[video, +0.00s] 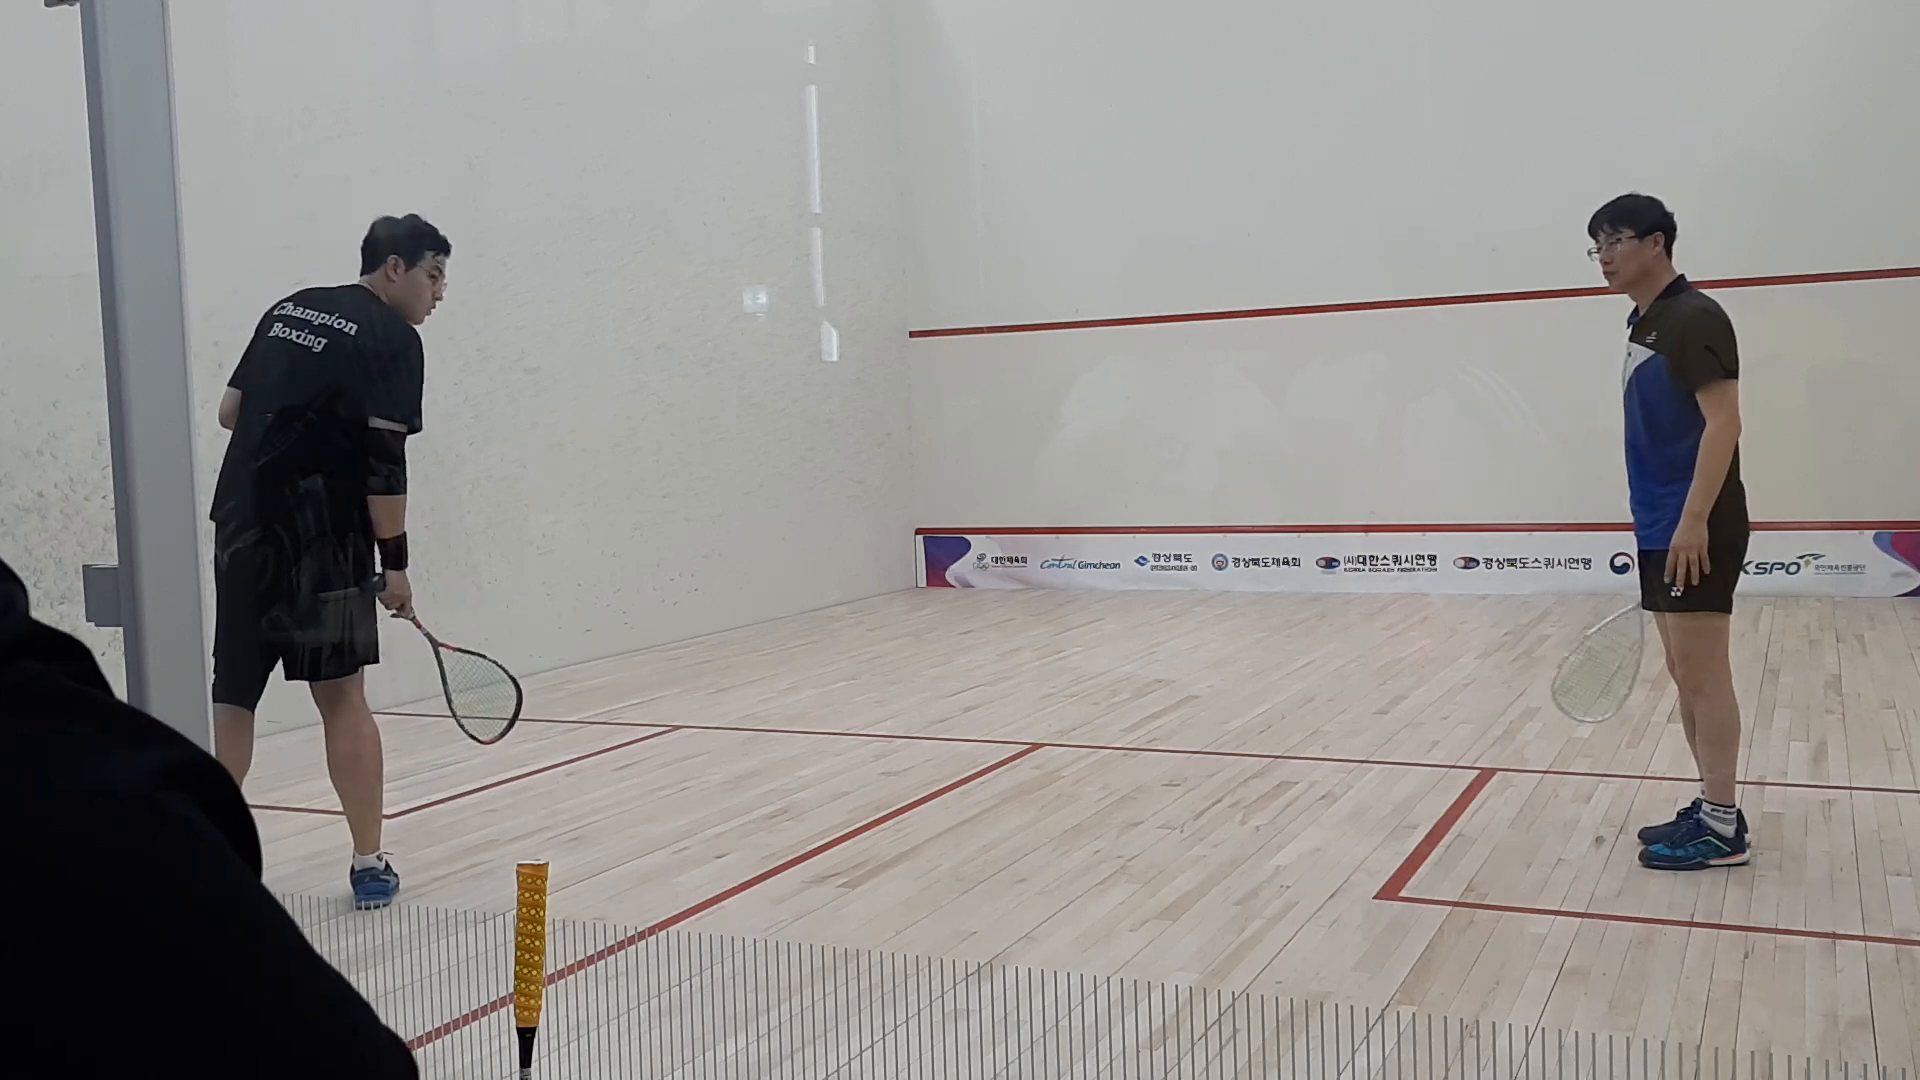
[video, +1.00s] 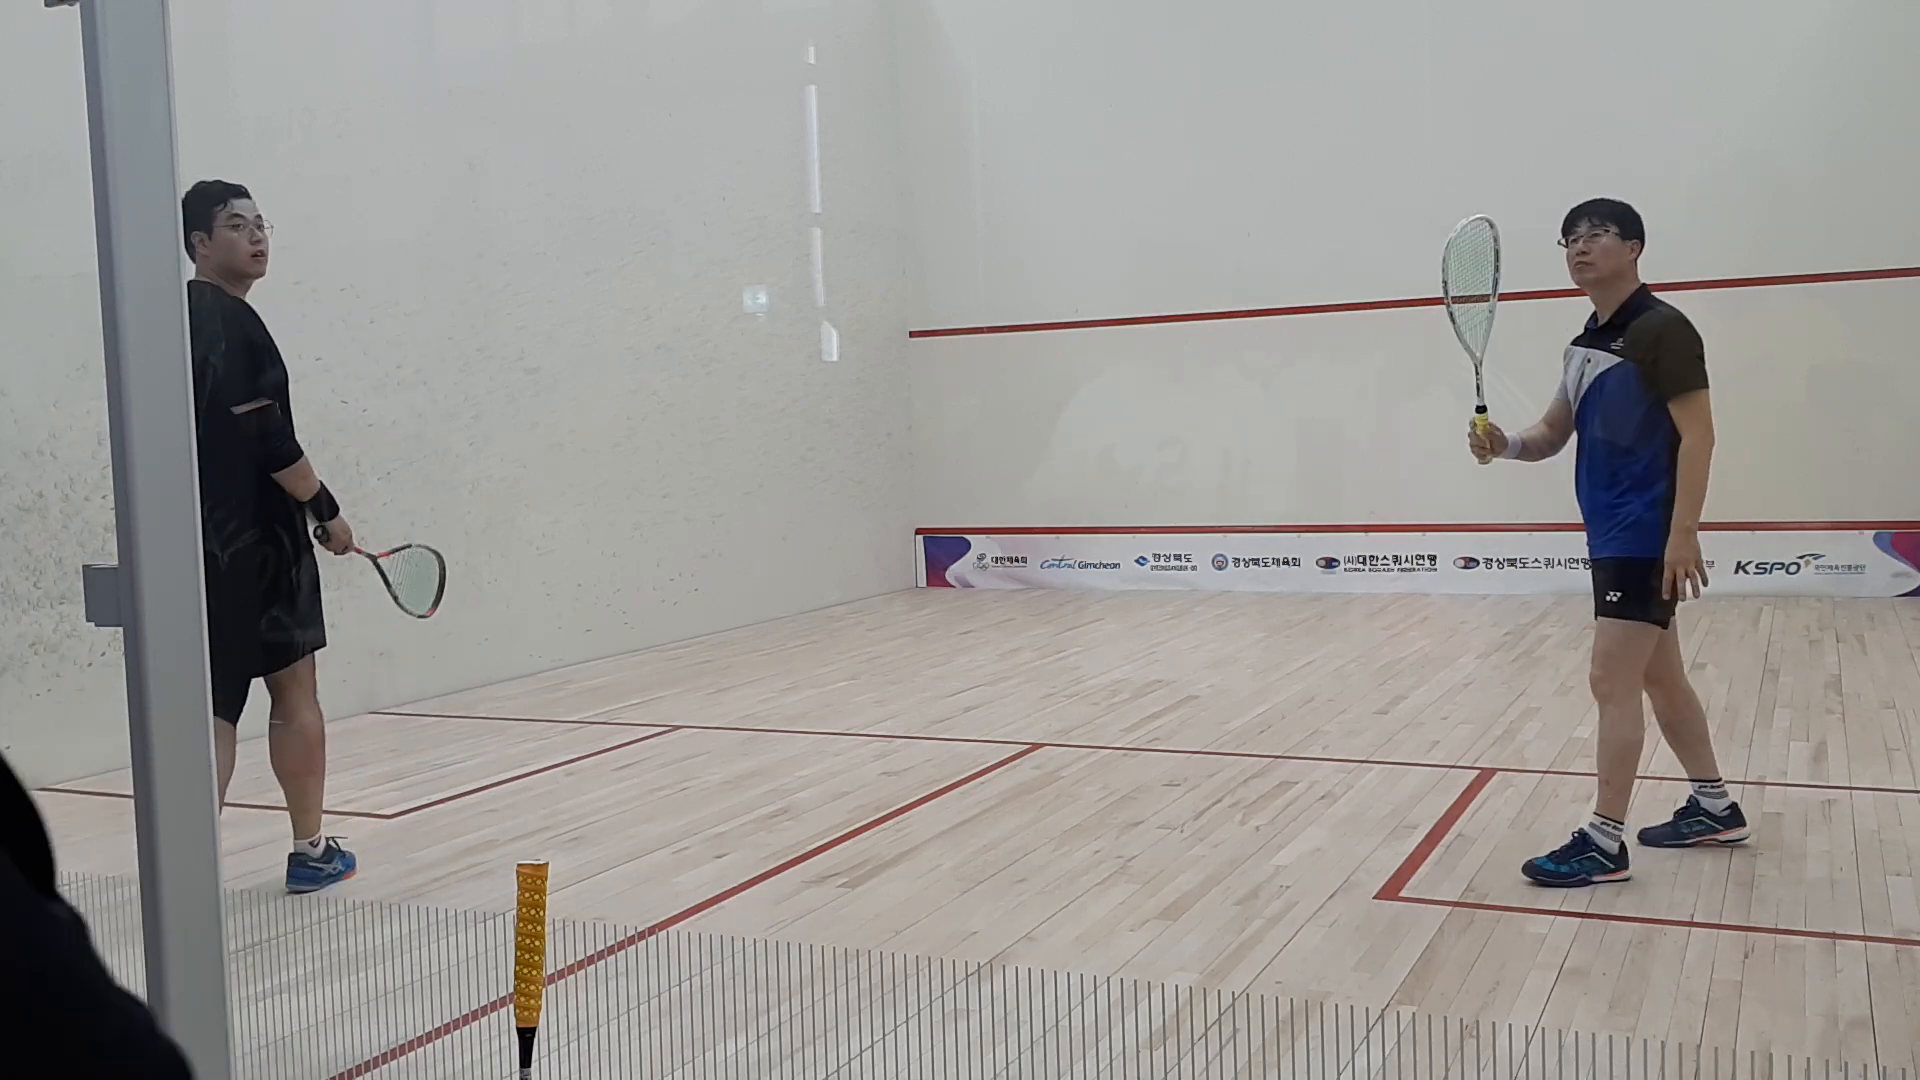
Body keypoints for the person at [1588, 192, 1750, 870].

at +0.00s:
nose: (1602, 257)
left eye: (1613, 243)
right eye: (1597, 248)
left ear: (1656, 244)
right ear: (1614, 256)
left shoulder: (1694, 318)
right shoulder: (1650, 323)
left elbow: (1724, 422)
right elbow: (1667, 436)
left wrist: (1693, 521)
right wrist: (1654, 527)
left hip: (1695, 525)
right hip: (1663, 527)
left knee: (1705, 677)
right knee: (1687, 675)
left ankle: (1723, 822)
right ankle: (1712, 809)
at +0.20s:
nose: (1602, 256)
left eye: (1613, 243)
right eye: (1598, 246)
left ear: (1656, 244)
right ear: (1610, 255)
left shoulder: (1691, 319)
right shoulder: (1646, 322)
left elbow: (1717, 424)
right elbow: (1659, 436)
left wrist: (1684, 520)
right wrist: (1646, 530)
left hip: (1692, 526)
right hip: (1661, 526)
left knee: (1703, 678)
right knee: (1685, 677)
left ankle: (1723, 822)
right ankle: (1712, 809)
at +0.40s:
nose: (1599, 257)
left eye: (1611, 244)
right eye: (1594, 248)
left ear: (1653, 245)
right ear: (1602, 256)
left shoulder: (1687, 321)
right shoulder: (1645, 324)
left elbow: (1715, 426)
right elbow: (1658, 436)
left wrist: (1680, 519)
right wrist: (1644, 529)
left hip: (1689, 527)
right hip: (1662, 527)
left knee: (1690, 677)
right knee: (1683, 675)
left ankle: (1721, 821)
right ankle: (1712, 810)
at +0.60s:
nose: (1598, 251)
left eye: (1612, 238)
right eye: (1593, 243)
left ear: (1652, 247)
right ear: (1594, 257)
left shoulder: (1686, 321)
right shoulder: (1626, 330)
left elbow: (1719, 429)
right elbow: (1619, 429)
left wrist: (1682, 521)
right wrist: (1570, 499)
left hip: (1685, 524)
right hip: (1657, 522)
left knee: (1636, 663)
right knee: (1684, 672)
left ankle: (1701, 805)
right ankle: (1716, 805)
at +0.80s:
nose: (1594, 247)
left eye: (1609, 235)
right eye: (1587, 241)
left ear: (1646, 246)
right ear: (1583, 259)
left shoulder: (1679, 326)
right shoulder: (1603, 343)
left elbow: (1713, 430)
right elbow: (1577, 431)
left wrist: (1693, 527)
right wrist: (1531, 455)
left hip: (1673, 533)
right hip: (1635, 536)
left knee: (1635, 673)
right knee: (1680, 676)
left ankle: (1624, 830)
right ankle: (1718, 806)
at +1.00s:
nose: (1578, 247)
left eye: (1594, 235)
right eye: (1571, 240)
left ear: (1632, 248)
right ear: (1566, 260)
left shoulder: (1663, 329)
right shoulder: (1585, 345)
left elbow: (1699, 434)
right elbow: (1549, 435)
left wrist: (1684, 531)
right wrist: (1505, 444)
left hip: (1645, 540)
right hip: (1612, 539)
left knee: (1613, 681)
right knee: (1664, 679)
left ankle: (1606, 837)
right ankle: (1714, 802)